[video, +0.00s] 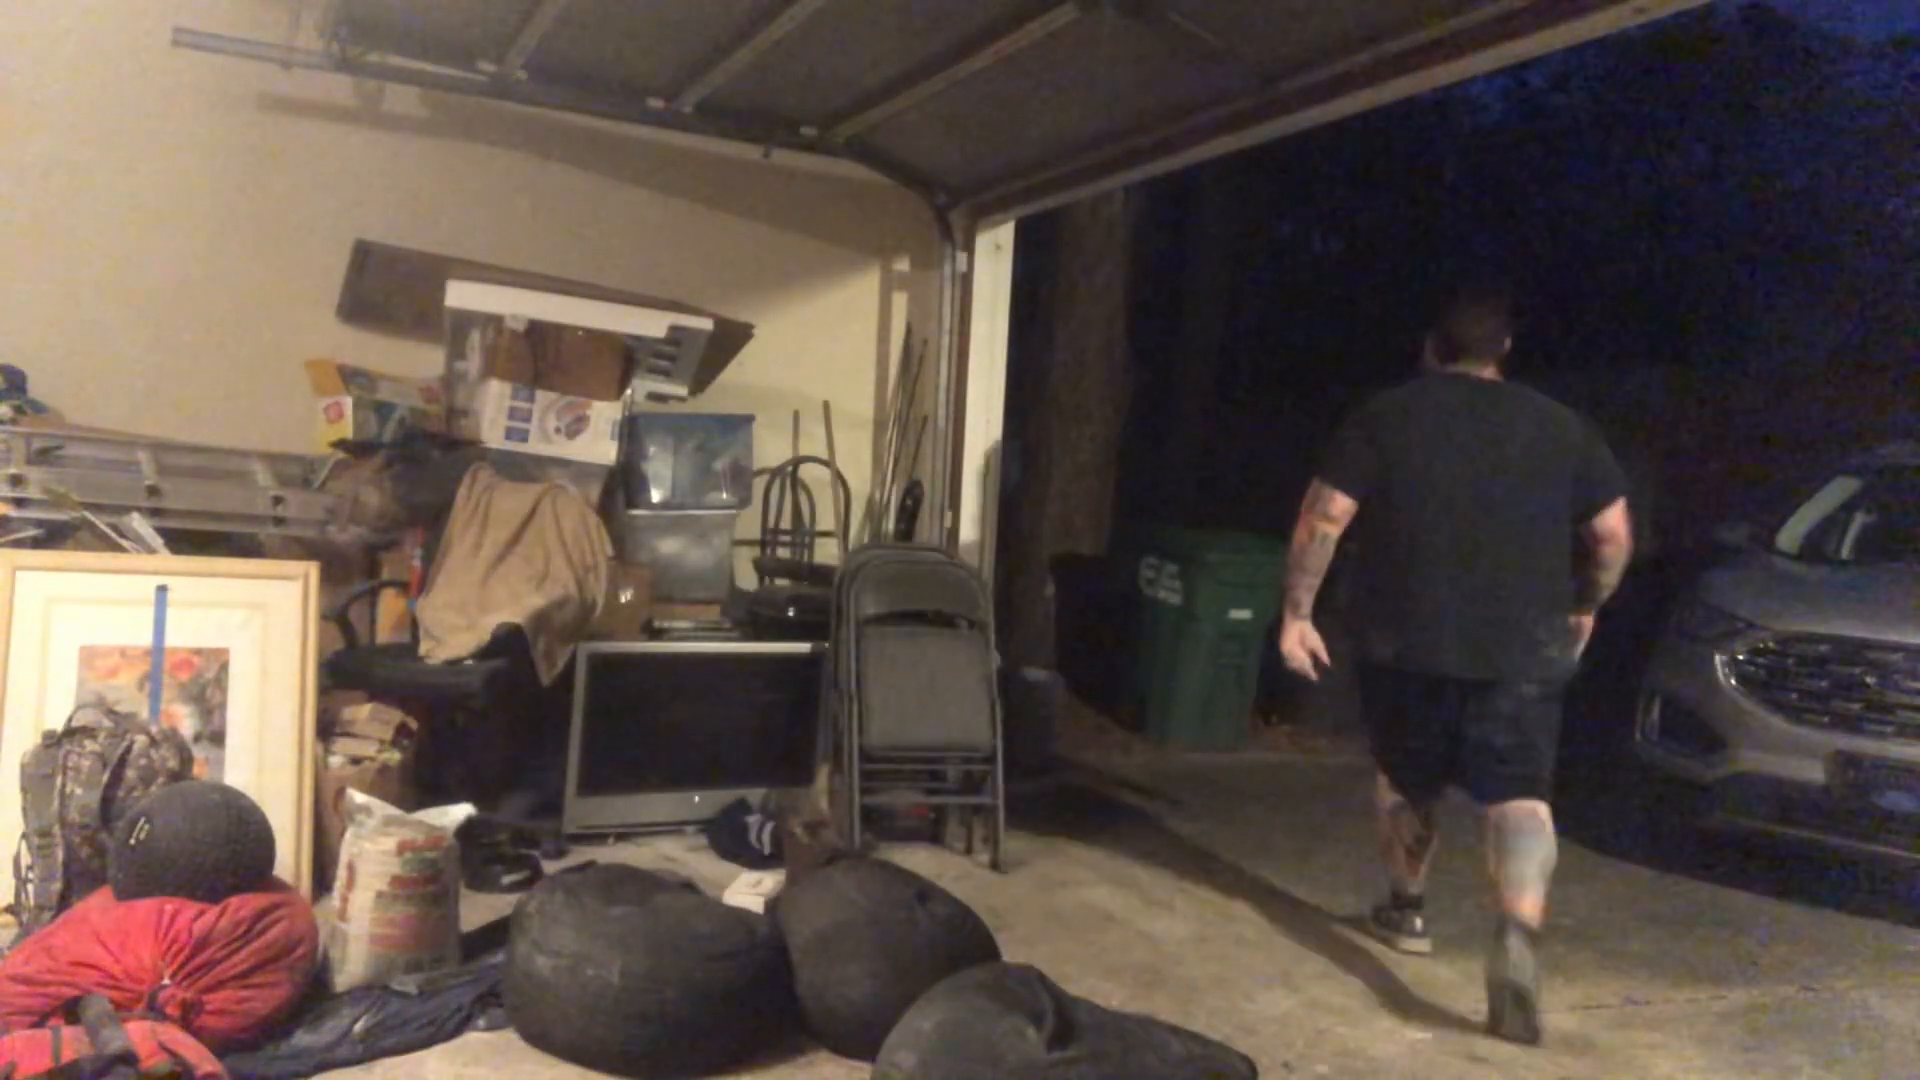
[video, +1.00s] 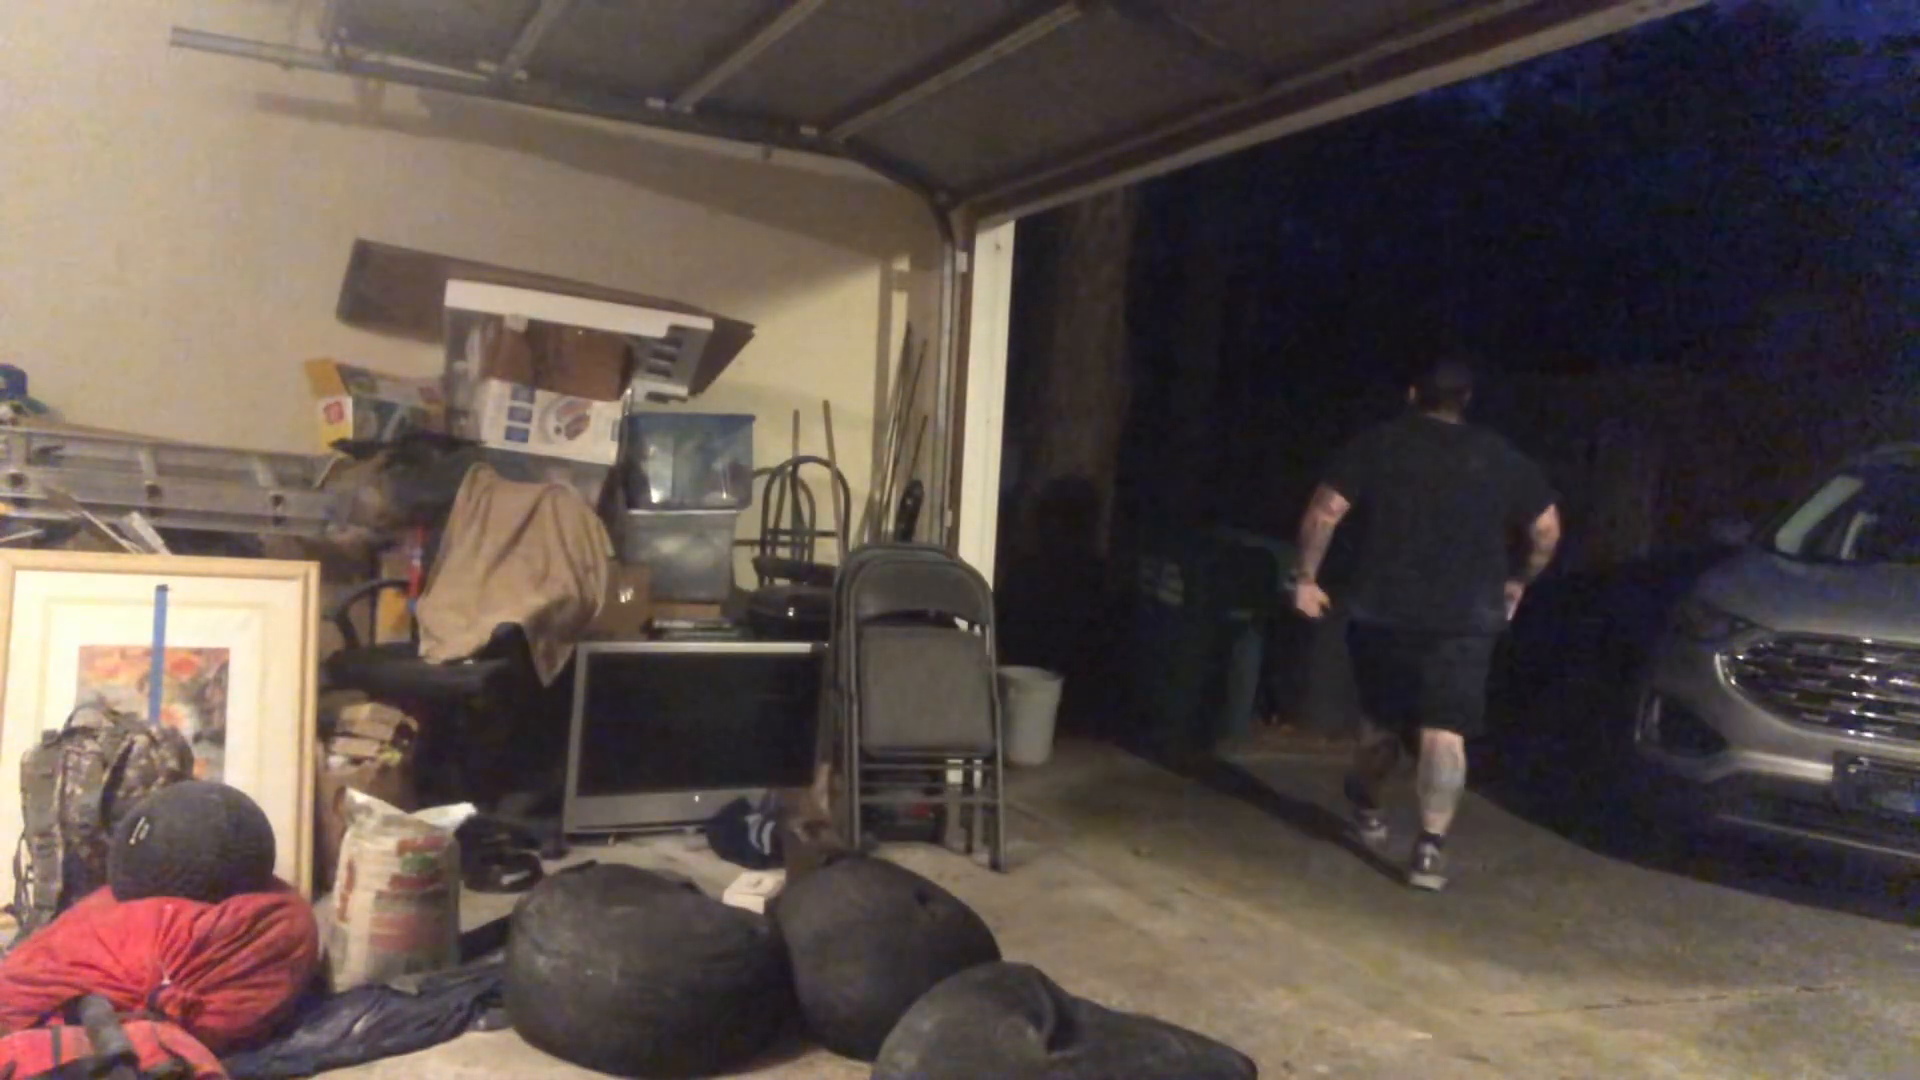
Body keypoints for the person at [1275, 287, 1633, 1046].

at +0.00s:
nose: (1425, 358)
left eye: (1428, 349)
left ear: (1430, 351)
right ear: (1505, 357)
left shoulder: (1389, 416)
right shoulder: (1559, 426)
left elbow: (1328, 512)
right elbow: (1613, 533)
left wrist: (1297, 610)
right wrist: (1589, 606)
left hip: (1408, 640)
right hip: (1521, 649)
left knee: (1405, 774)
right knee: (1521, 796)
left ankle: (1404, 906)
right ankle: (1517, 938)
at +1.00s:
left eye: (1412, 390)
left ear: (1413, 394)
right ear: (1466, 402)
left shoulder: (1381, 443)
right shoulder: (1497, 454)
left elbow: (1326, 510)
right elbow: (1547, 529)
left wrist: (1306, 577)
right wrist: (1522, 580)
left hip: (1384, 607)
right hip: (1464, 617)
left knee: (1380, 723)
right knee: (1444, 730)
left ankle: (1363, 805)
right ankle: (1431, 850)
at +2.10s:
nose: (1441, 432)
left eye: (1440, 422)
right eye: (1435, 423)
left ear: (1402, 426)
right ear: (1414, 426)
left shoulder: (1373, 467)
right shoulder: (1402, 475)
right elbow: (1422, 541)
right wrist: (1481, 592)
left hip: (1373, 598)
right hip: (1409, 601)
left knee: (1373, 682)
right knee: (1438, 688)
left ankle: (1340, 758)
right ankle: (1417, 785)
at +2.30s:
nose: (1413, 410)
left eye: (1418, 401)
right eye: (1404, 400)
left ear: (1423, 407)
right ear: (1381, 403)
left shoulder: (1416, 452)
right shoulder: (1359, 445)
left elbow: (1422, 504)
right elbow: (1341, 509)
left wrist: (1433, 537)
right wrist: (1376, 572)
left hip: (1403, 570)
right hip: (1367, 572)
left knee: (1362, 663)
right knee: (1389, 665)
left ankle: (1341, 743)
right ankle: (1397, 758)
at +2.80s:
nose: (1324, 411)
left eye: (1332, 402)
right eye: (1315, 402)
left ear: (1348, 406)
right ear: (1301, 408)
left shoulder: (1375, 455)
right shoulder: (1275, 459)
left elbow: (1420, 506)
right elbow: (1241, 525)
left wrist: (1390, 537)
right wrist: (1253, 592)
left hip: (1356, 596)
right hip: (1293, 594)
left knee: (1355, 687)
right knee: (1281, 699)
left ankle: (1332, 741)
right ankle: (1283, 781)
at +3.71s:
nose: (1266, 382)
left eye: (1278, 372)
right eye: (1256, 371)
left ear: (1300, 377)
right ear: (1241, 376)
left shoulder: (1336, 435)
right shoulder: (1201, 437)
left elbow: (1393, 501)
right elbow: (1153, 509)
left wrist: (1359, 550)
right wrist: (1129, 581)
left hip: (1303, 608)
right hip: (1221, 605)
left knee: (1293, 728)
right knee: (1211, 719)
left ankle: (1278, 818)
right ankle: (1200, 849)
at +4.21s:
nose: (1229, 343)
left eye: (1244, 331)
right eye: (1217, 330)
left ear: (1269, 336)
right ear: (1197, 332)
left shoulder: (1311, 408)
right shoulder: (1148, 400)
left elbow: (1373, 498)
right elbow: (1078, 472)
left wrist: (1368, 602)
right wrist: (1077, 530)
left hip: (1261, 612)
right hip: (1165, 608)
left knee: (1232, 761)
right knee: (1179, 753)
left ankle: (1228, 914)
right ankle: (1191, 869)